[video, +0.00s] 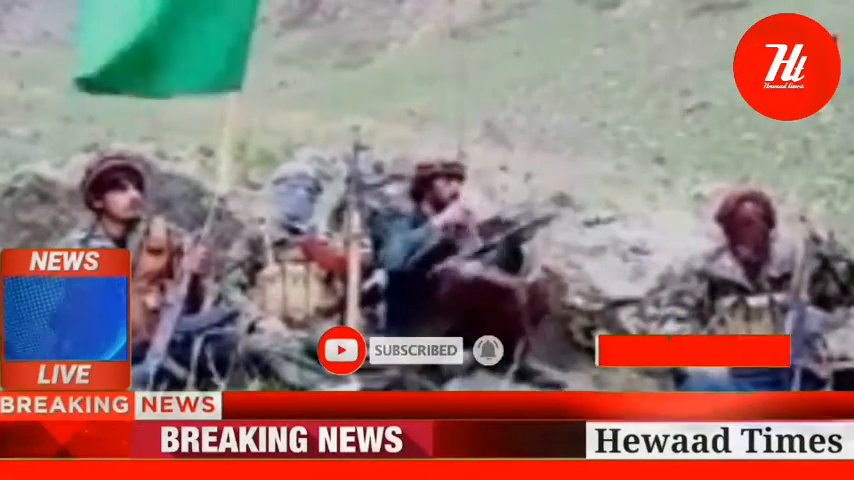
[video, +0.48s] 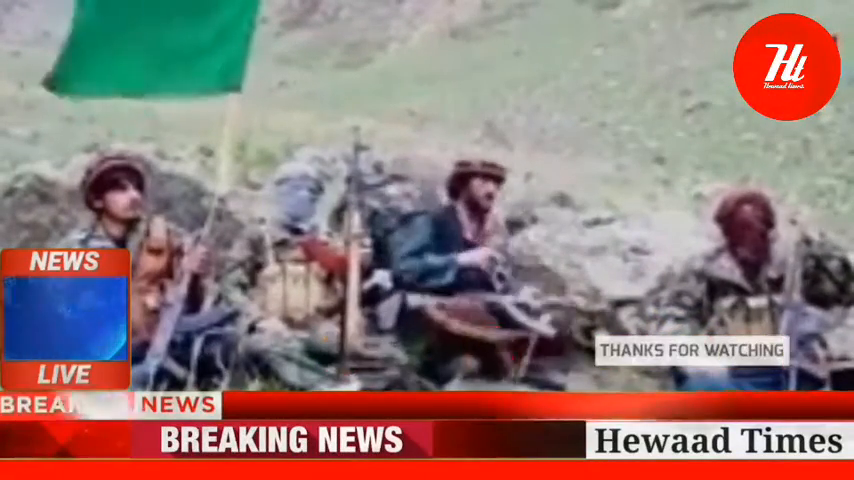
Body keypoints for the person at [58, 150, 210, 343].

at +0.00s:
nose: (135, 195)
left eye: (137, 187)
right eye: (121, 188)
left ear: (144, 193)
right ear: (97, 201)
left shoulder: (158, 241)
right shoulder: (74, 251)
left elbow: (190, 308)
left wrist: (195, 276)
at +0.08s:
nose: (135, 195)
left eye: (137, 187)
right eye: (121, 188)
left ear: (144, 193)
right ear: (97, 201)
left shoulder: (158, 241)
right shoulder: (74, 252)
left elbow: (190, 308)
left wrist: (196, 276)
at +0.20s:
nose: (135, 195)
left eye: (137, 187)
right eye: (121, 188)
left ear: (144, 193)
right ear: (97, 201)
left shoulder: (157, 242)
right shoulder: (74, 251)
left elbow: (190, 308)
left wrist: (195, 276)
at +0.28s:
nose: (135, 196)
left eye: (137, 187)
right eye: (121, 188)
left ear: (144, 194)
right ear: (97, 201)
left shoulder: (158, 242)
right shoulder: (74, 251)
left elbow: (190, 309)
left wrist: (194, 276)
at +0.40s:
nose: (135, 195)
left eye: (137, 187)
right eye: (121, 188)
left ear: (144, 194)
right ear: (97, 201)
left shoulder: (158, 242)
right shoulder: (74, 251)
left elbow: (189, 309)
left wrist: (195, 276)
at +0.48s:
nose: (135, 195)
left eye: (137, 187)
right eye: (121, 188)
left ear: (144, 194)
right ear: (97, 201)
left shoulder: (157, 243)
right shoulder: (74, 251)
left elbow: (190, 308)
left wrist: (195, 276)